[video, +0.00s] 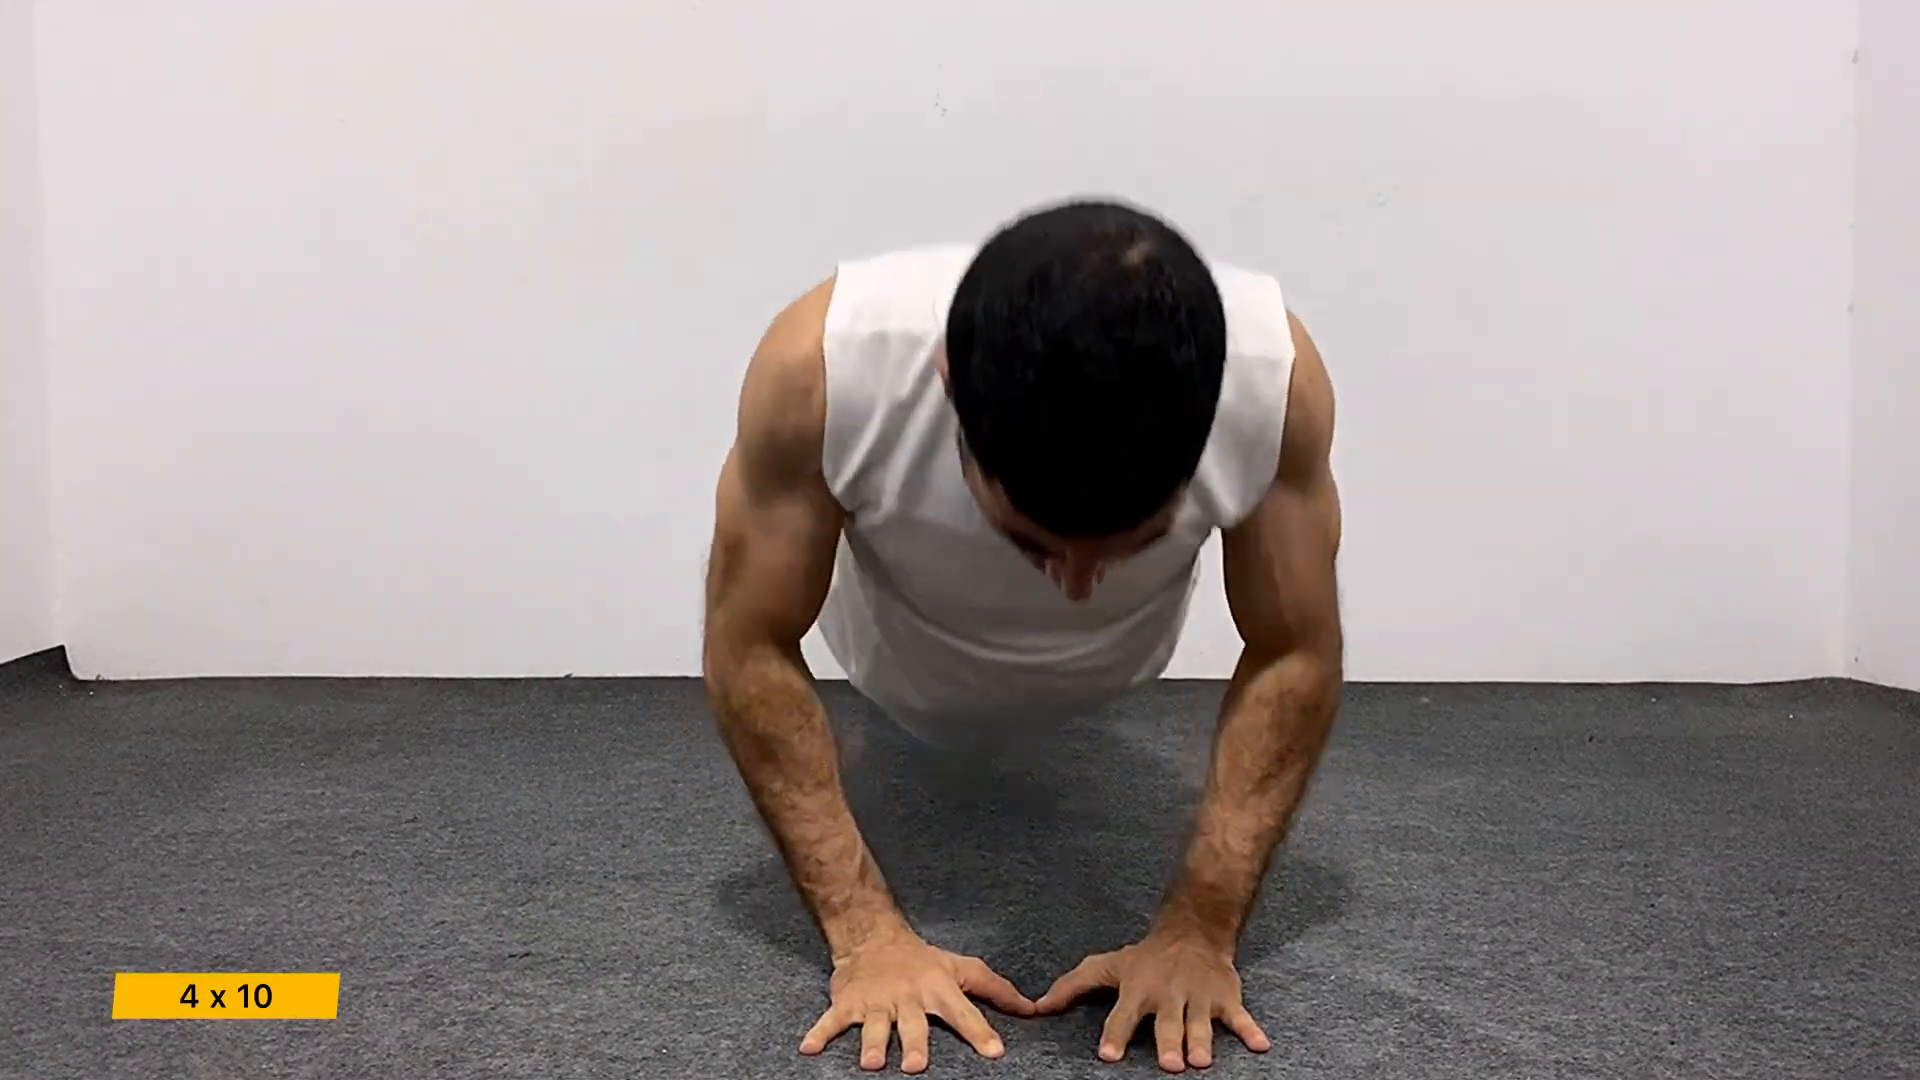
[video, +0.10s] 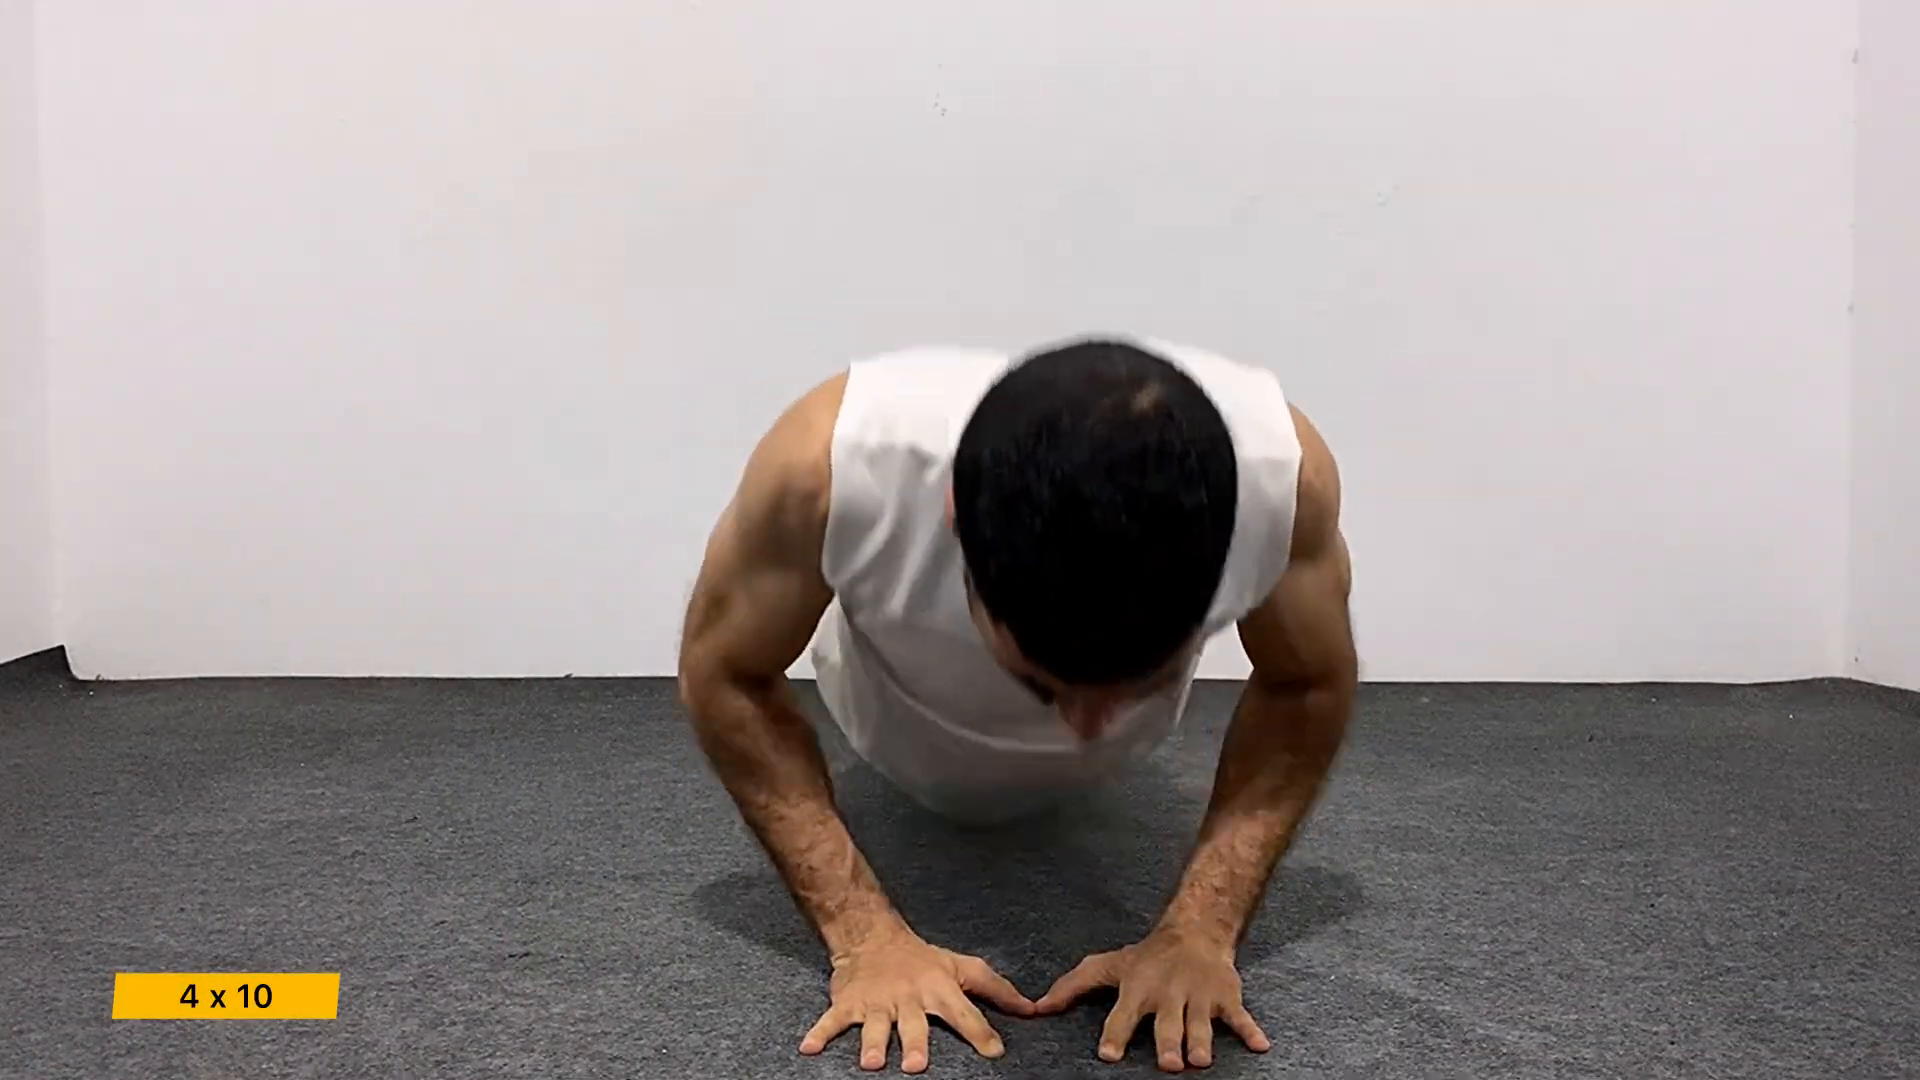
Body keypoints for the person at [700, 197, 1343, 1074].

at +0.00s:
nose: (1077, 579)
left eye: (1130, 542)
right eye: (1034, 540)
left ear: (1204, 428)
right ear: (948, 392)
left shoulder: (1270, 382)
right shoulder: (820, 371)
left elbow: (1294, 652)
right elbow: (747, 649)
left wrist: (1200, 927)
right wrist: (868, 935)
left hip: (1118, 666)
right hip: (908, 674)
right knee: (915, 698)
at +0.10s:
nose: (1088, 724)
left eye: (1133, 689)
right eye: (1042, 686)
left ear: (1215, 562)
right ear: (958, 529)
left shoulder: (1283, 480)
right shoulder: (827, 469)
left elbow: (1305, 681)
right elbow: (724, 674)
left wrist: (1201, 926)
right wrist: (865, 933)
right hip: (900, 721)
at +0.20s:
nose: (1093, 871)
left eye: (1136, 833)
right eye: (1051, 826)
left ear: (1227, 697)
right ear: (967, 672)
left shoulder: (1295, 573)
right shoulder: (826, 569)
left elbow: (1314, 707)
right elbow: (709, 692)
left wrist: (1203, 927)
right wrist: (863, 933)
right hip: (911, 816)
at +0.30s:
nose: (1070, 982)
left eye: (1122, 955)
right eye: (1037, 944)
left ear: (1232, 797)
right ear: (965, 766)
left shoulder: (1302, 644)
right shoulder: (830, 643)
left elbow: (1339, 718)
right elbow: (703, 687)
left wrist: (1209, 937)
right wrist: (862, 939)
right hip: (913, 831)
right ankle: (943, 555)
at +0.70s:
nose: (1089, 926)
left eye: (1132, 885)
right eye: (1047, 877)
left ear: (1219, 763)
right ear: (956, 717)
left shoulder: (1298, 620)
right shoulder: (818, 618)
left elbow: (1324, 714)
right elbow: (718, 692)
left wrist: (1201, 929)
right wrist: (862, 931)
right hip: (917, 837)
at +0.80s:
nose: (1087, 784)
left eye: (1131, 745)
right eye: (1042, 741)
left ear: (1212, 632)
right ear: (951, 591)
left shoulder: (1290, 535)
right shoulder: (820, 521)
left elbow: (1307, 696)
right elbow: (722, 688)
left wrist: (1202, 923)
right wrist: (864, 932)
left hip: (1149, 769)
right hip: (903, 781)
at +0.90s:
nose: (1075, 633)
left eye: (1128, 592)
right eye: (1034, 588)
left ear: (1201, 488)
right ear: (950, 448)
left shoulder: (1278, 443)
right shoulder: (817, 428)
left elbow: (1303, 672)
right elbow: (728, 669)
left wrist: (1200, 929)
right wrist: (868, 936)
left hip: (1119, 720)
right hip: (901, 721)